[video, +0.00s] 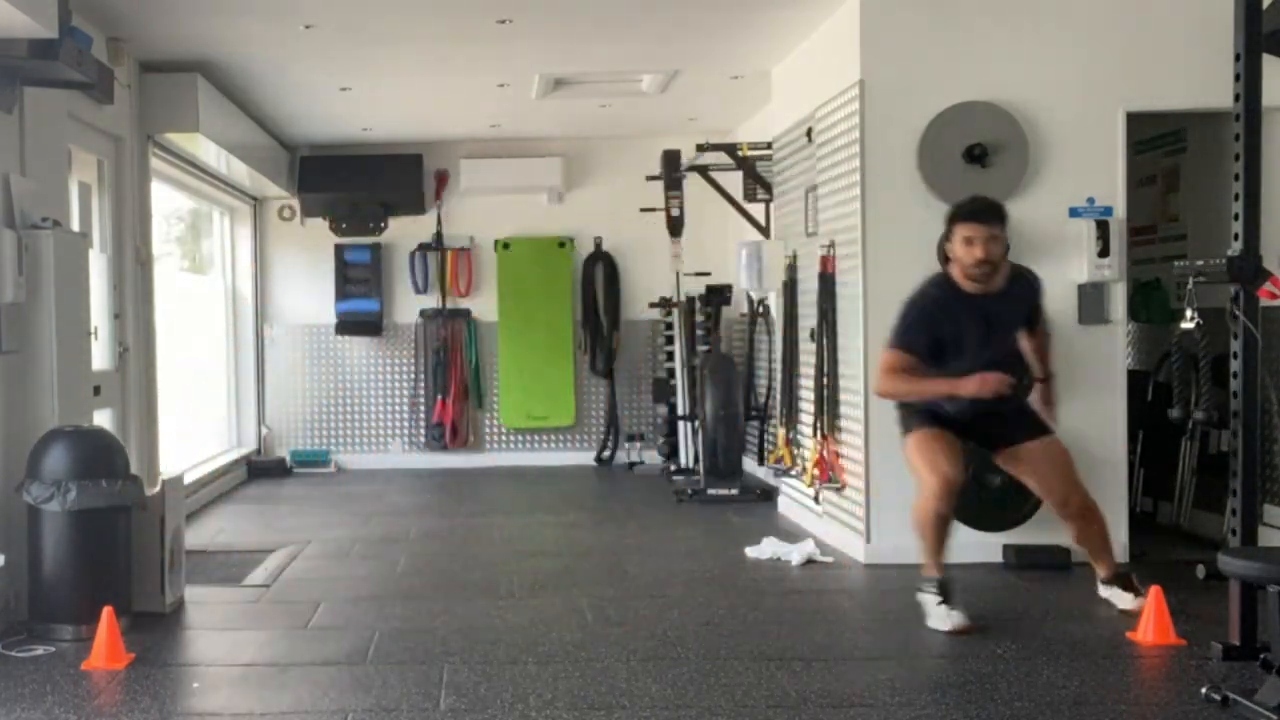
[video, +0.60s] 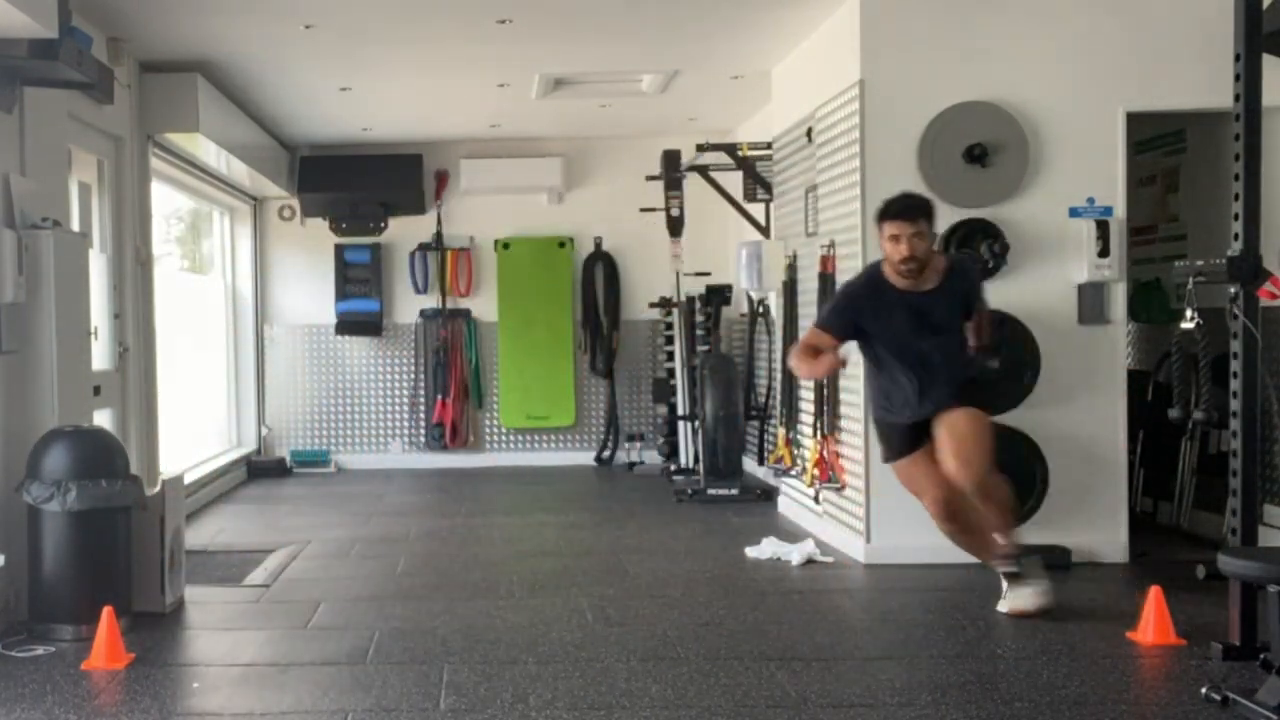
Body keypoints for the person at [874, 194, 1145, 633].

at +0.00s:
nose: (981, 253)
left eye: (991, 241)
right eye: (969, 242)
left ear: (1006, 244)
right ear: (949, 248)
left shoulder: (1023, 286)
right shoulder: (930, 301)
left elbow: (1035, 330)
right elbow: (887, 381)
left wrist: (1044, 379)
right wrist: (962, 384)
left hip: (1001, 403)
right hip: (933, 411)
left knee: (1073, 500)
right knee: (942, 478)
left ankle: (1109, 577)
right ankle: (933, 586)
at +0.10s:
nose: (1015, 271)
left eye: (1024, 259)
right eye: (1002, 260)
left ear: (1039, 259)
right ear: (984, 265)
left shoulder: (1060, 298)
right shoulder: (963, 315)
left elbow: (1083, 346)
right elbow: (924, 397)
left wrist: (1102, 393)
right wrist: (995, 398)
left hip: (1034, 410)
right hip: (966, 417)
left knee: (1105, 501)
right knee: (982, 480)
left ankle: (1116, 580)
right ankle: (970, 588)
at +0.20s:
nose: (1026, 275)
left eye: (1036, 263)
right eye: (1014, 264)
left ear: (1052, 261)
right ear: (997, 267)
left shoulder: (1079, 299)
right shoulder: (975, 314)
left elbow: (1113, 349)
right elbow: (928, 390)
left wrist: (1137, 406)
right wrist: (971, 433)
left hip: (1045, 410)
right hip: (978, 412)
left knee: (1109, 493)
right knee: (997, 473)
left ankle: (1116, 582)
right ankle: (987, 576)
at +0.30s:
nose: (1020, 270)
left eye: (1030, 258)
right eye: (1008, 259)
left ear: (1047, 256)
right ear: (992, 261)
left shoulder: (1071, 294)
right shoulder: (968, 307)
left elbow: (1114, 339)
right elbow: (912, 372)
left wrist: (1140, 398)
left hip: (1035, 396)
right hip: (966, 400)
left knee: (1101, 481)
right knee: (1003, 475)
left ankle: (1117, 577)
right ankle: (1003, 560)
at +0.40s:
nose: (993, 261)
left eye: (1003, 248)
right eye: (980, 250)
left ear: (1020, 249)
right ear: (963, 254)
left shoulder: (1044, 287)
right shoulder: (935, 304)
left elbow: (1079, 331)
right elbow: (881, 345)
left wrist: (1106, 388)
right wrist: (865, 411)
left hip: (1024, 395)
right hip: (957, 408)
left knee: (1084, 481)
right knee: (992, 499)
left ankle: (1115, 576)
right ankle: (1010, 570)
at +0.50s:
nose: (951, 254)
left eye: (961, 242)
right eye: (940, 244)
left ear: (979, 244)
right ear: (925, 247)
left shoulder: (1003, 282)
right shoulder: (898, 296)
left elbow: (1026, 323)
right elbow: (845, 344)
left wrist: (1036, 367)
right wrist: (832, 407)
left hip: (998, 395)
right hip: (930, 411)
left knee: (1052, 487)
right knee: (963, 508)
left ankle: (1104, 561)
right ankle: (1011, 570)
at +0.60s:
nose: (906, 251)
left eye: (915, 239)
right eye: (894, 240)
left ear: (932, 238)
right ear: (880, 242)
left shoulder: (961, 272)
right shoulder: (862, 293)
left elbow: (977, 308)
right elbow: (801, 353)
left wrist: (981, 338)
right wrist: (814, 365)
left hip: (956, 392)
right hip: (897, 413)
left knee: (968, 474)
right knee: (943, 506)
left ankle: (1010, 550)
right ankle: (1009, 572)